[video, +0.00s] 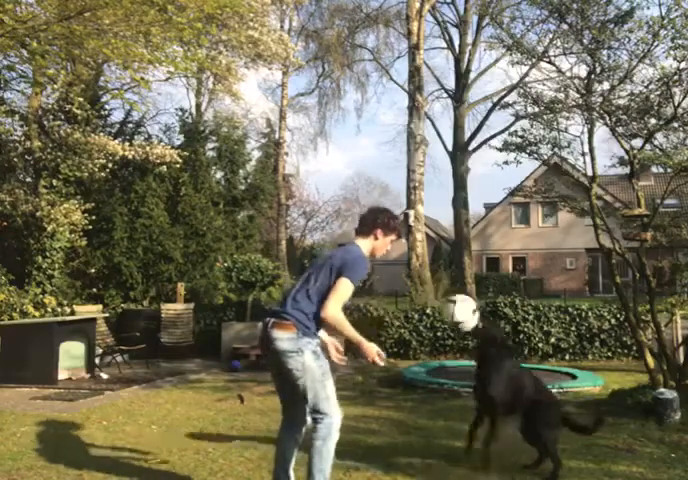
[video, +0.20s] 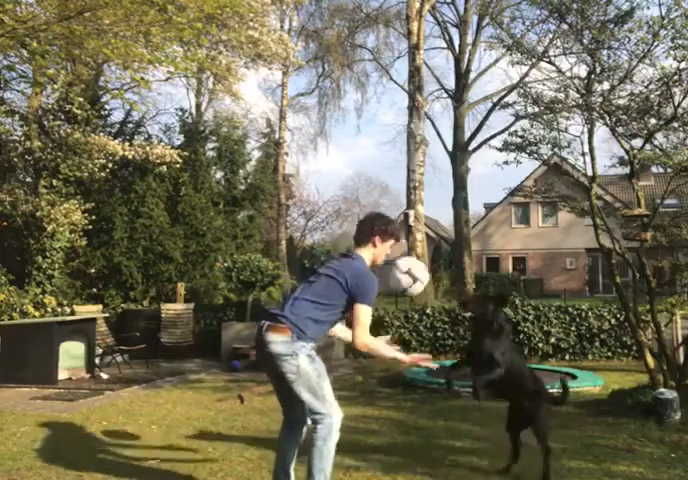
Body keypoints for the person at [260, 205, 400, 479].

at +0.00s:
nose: (388, 249)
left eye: (391, 243)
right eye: (389, 241)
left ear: (366, 231)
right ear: (377, 233)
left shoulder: (335, 254)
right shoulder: (357, 260)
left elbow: (299, 304)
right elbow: (330, 311)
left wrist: (324, 338)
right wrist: (362, 343)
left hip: (274, 331)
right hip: (295, 337)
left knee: (294, 415)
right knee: (328, 416)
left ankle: (282, 475)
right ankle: (320, 475)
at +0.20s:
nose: (389, 252)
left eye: (391, 246)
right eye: (389, 245)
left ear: (367, 238)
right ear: (376, 239)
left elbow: (330, 325)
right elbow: (362, 342)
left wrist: (374, 342)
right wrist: (403, 358)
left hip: (269, 335)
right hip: (291, 343)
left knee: (295, 415)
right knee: (328, 416)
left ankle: (281, 475)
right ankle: (319, 476)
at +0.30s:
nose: (387, 241)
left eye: (390, 235)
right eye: (388, 234)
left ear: (363, 227)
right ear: (375, 228)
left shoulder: (338, 256)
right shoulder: (361, 264)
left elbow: (350, 318)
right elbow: (355, 327)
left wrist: (387, 316)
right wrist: (399, 323)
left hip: (274, 335)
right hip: (295, 341)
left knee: (302, 415)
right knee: (334, 415)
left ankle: (285, 474)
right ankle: (321, 475)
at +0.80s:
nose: (382, 224)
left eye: (386, 219)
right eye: (384, 216)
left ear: (366, 206)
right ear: (368, 205)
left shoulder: (342, 233)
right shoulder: (345, 236)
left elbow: (324, 289)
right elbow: (316, 285)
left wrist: (360, 297)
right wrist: (360, 297)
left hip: (299, 331)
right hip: (310, 334)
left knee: (304, 413)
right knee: (328, 416)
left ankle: (287, 473)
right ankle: (319, 475)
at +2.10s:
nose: (398, 224)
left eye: (400, 218)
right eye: (397, 216)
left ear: (374, 211)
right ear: (381, 211)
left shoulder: (353, 241)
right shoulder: (361, 243)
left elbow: (348, 306)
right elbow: (355, 304)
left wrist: (384, 326)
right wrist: (402, 325)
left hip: (311, 336)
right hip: (314, 338)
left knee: (328, 416)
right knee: (339, 418)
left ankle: (309, 473)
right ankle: (320, 475)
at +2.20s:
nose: (401, 228)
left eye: (403, 221)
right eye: (400, 220)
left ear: (378, 216)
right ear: (384, 217)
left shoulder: (357, 248)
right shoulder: (374, 255)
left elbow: (356, 310)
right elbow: (387, 317)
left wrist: (400, 319)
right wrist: (439, 333)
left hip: (313, 339)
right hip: (319, 342)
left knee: (339, 417)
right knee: (346, 419)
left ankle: (314, 474)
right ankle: (323, 475)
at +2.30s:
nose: (413, 237)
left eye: (412, 230)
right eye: (409, 229)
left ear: (387, 230)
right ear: (389, 230)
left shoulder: (363, 261)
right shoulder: (383, 265)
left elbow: (368, 314)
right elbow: (425, 323)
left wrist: (416, 321)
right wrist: (476, 339)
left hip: (310, 347)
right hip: (323, 350)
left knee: (340, 421)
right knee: (367, 418)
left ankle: (314, 475)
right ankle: (333, 475)